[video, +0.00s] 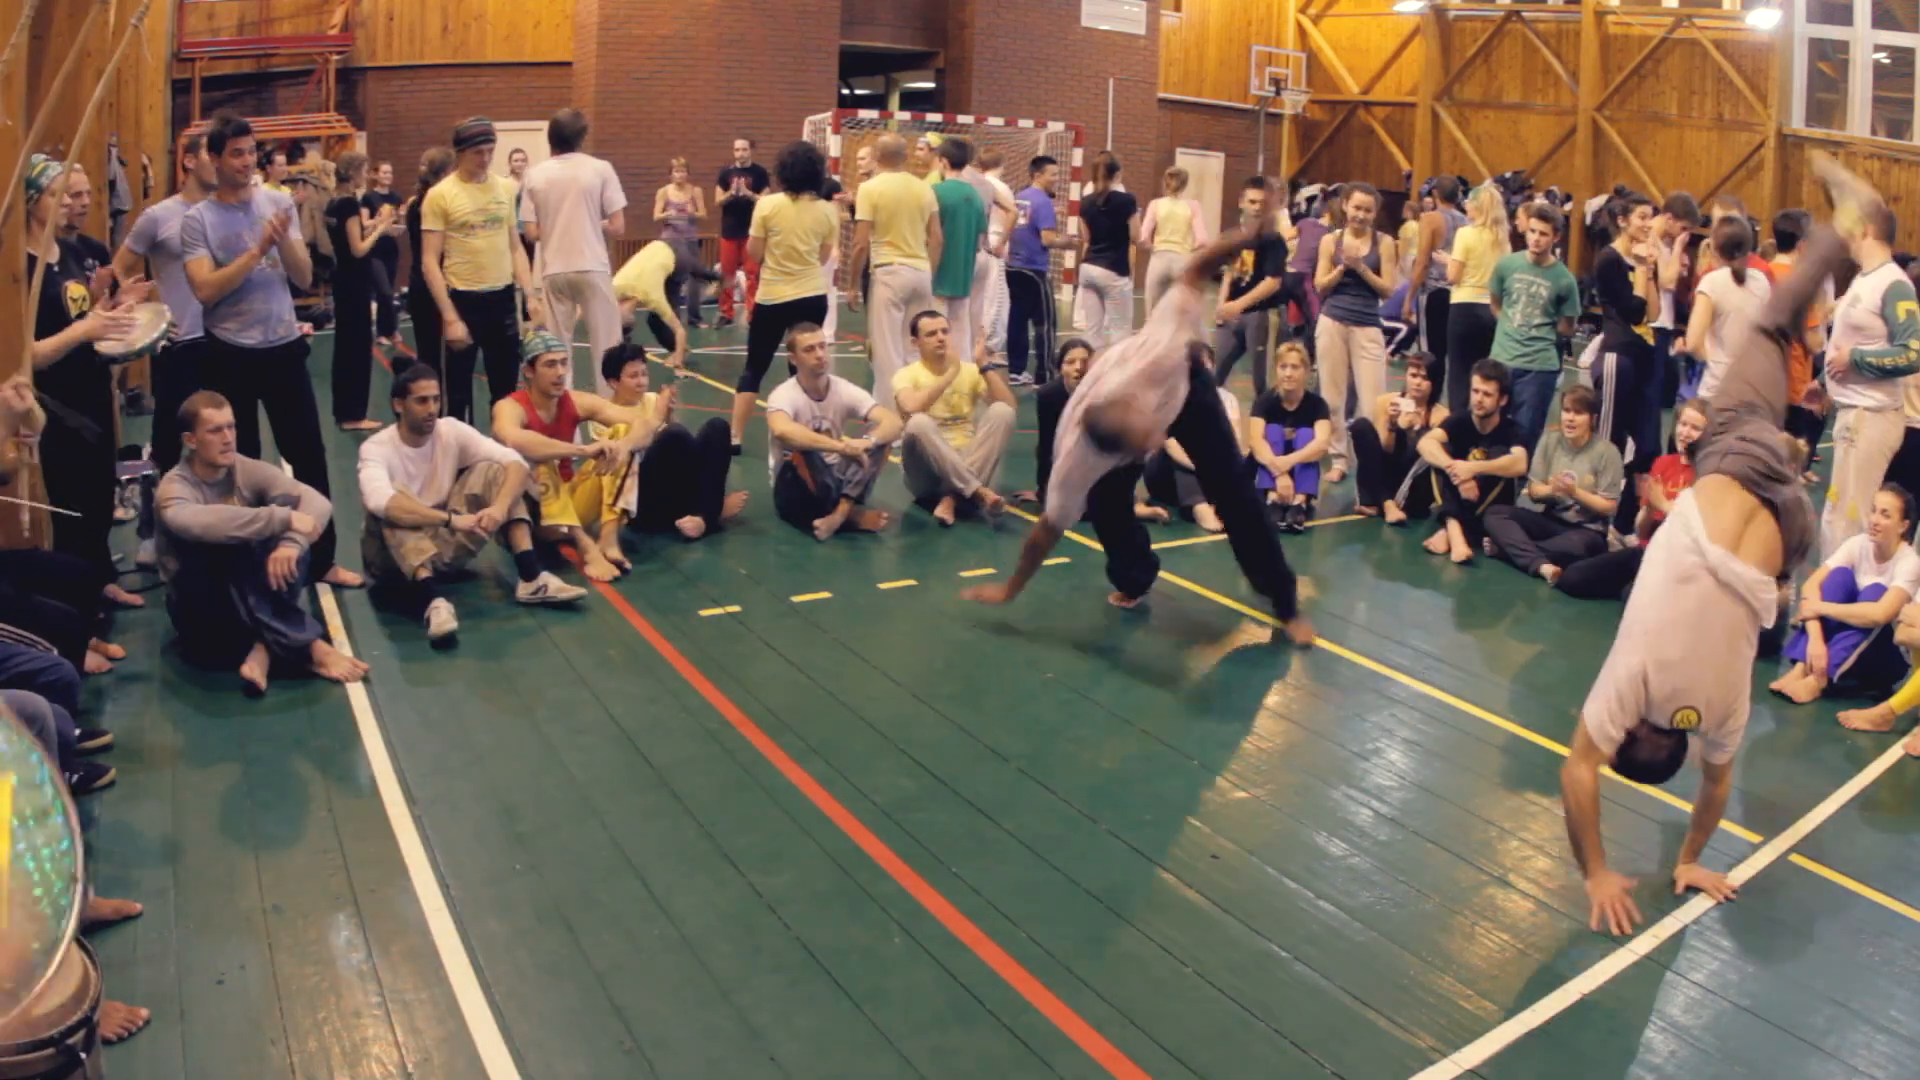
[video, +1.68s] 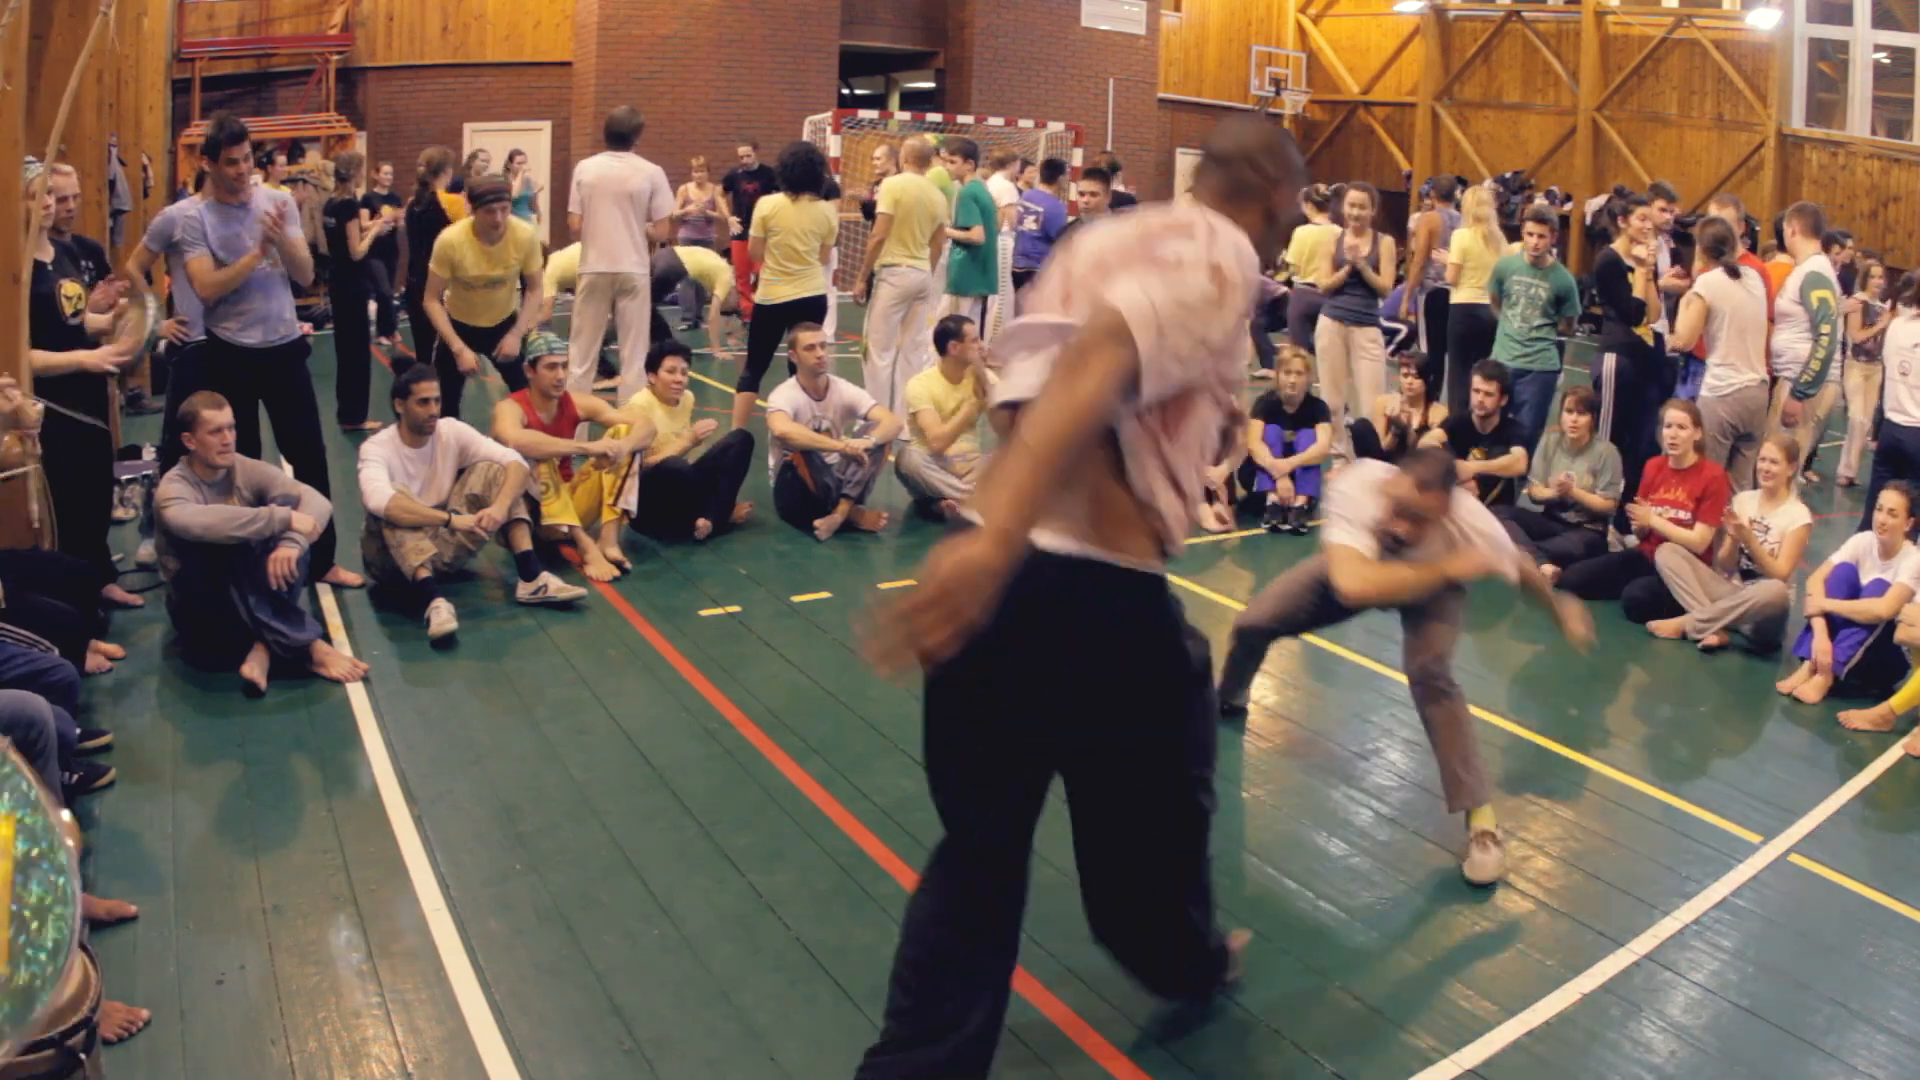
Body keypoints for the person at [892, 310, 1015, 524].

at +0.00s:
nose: (940, 338)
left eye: (944, 332)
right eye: (931, 334)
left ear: (950, 335)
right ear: (916, 342)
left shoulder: (969, 371)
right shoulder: (906, 376)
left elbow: (1008, 407)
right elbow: (911, 406)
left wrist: (985, 367)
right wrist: (950, 374)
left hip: (969, 475)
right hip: (926, 477)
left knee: (1003, 411)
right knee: (918, 423)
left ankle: (952, 497)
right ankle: (978, 490)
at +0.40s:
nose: (947, 342)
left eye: (951, 335)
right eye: (937, 338)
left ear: (957, 339)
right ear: (921, 346)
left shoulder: (970, 373)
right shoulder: (911, 382)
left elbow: (1005, 425)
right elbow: (929, 427)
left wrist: (985, 380)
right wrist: (969, 391)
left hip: (972, 466)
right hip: (932, 471)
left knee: (1024, 431)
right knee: (915, 441)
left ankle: (954, 499)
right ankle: (990, 501)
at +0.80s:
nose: (972, 348)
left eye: (971, 341)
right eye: (966, 342)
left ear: (947, 345)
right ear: (944, 345)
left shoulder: (976, 377)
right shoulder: (915, 383)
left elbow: (1005, 432)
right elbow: (925, 436)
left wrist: (991, 386)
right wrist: (954, 388)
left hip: (973, 466)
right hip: (934, 467)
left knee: (1028, 440)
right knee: (913, 447)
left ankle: (953, 500)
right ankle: (986, 501)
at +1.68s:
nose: (981, 346)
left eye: (979, 340)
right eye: (974, 341)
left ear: (955, 348)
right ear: (954, 348)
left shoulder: (982, 377)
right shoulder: (919, 386)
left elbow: (1006, 431)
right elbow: (937, 442)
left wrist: (985, 380)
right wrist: (972, 405)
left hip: (974, 463)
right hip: (935, 464)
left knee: (1006, 458)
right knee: (908, 457)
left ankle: (964, 506)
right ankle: (976, 499)